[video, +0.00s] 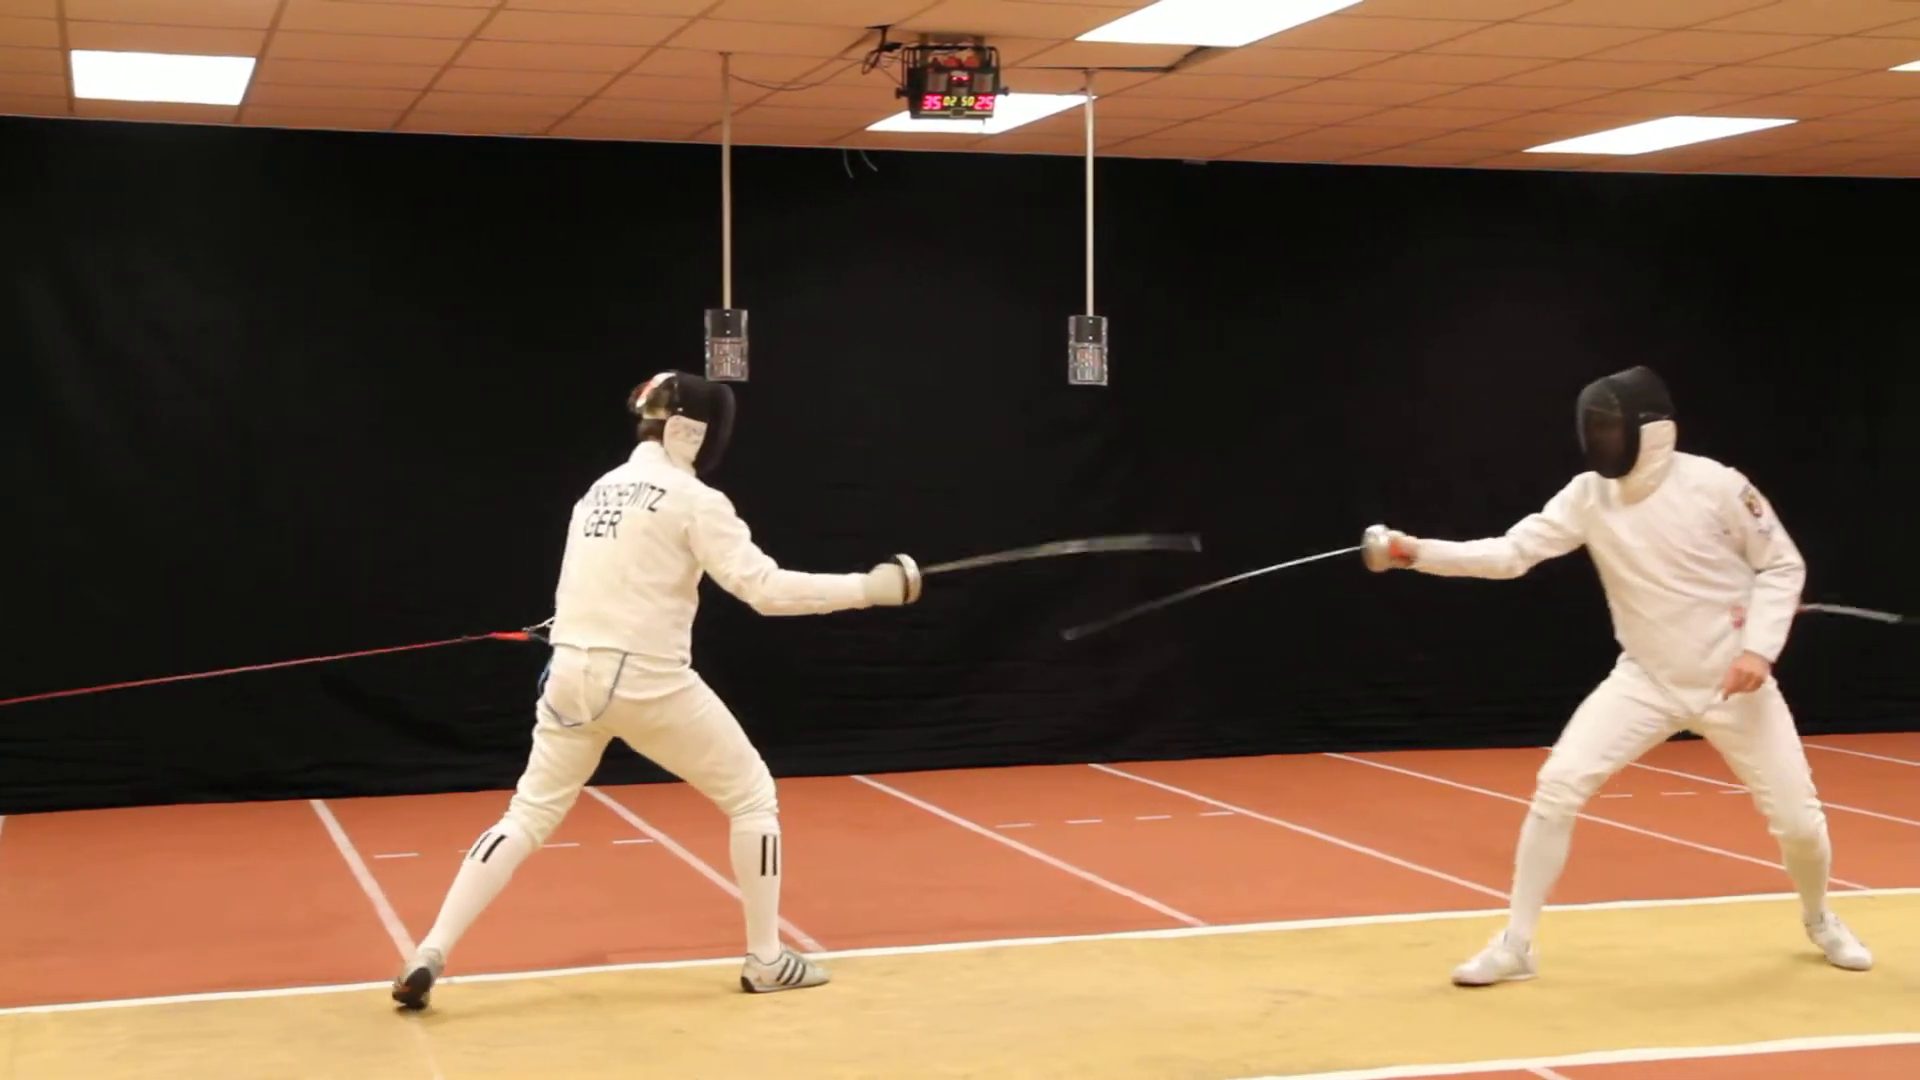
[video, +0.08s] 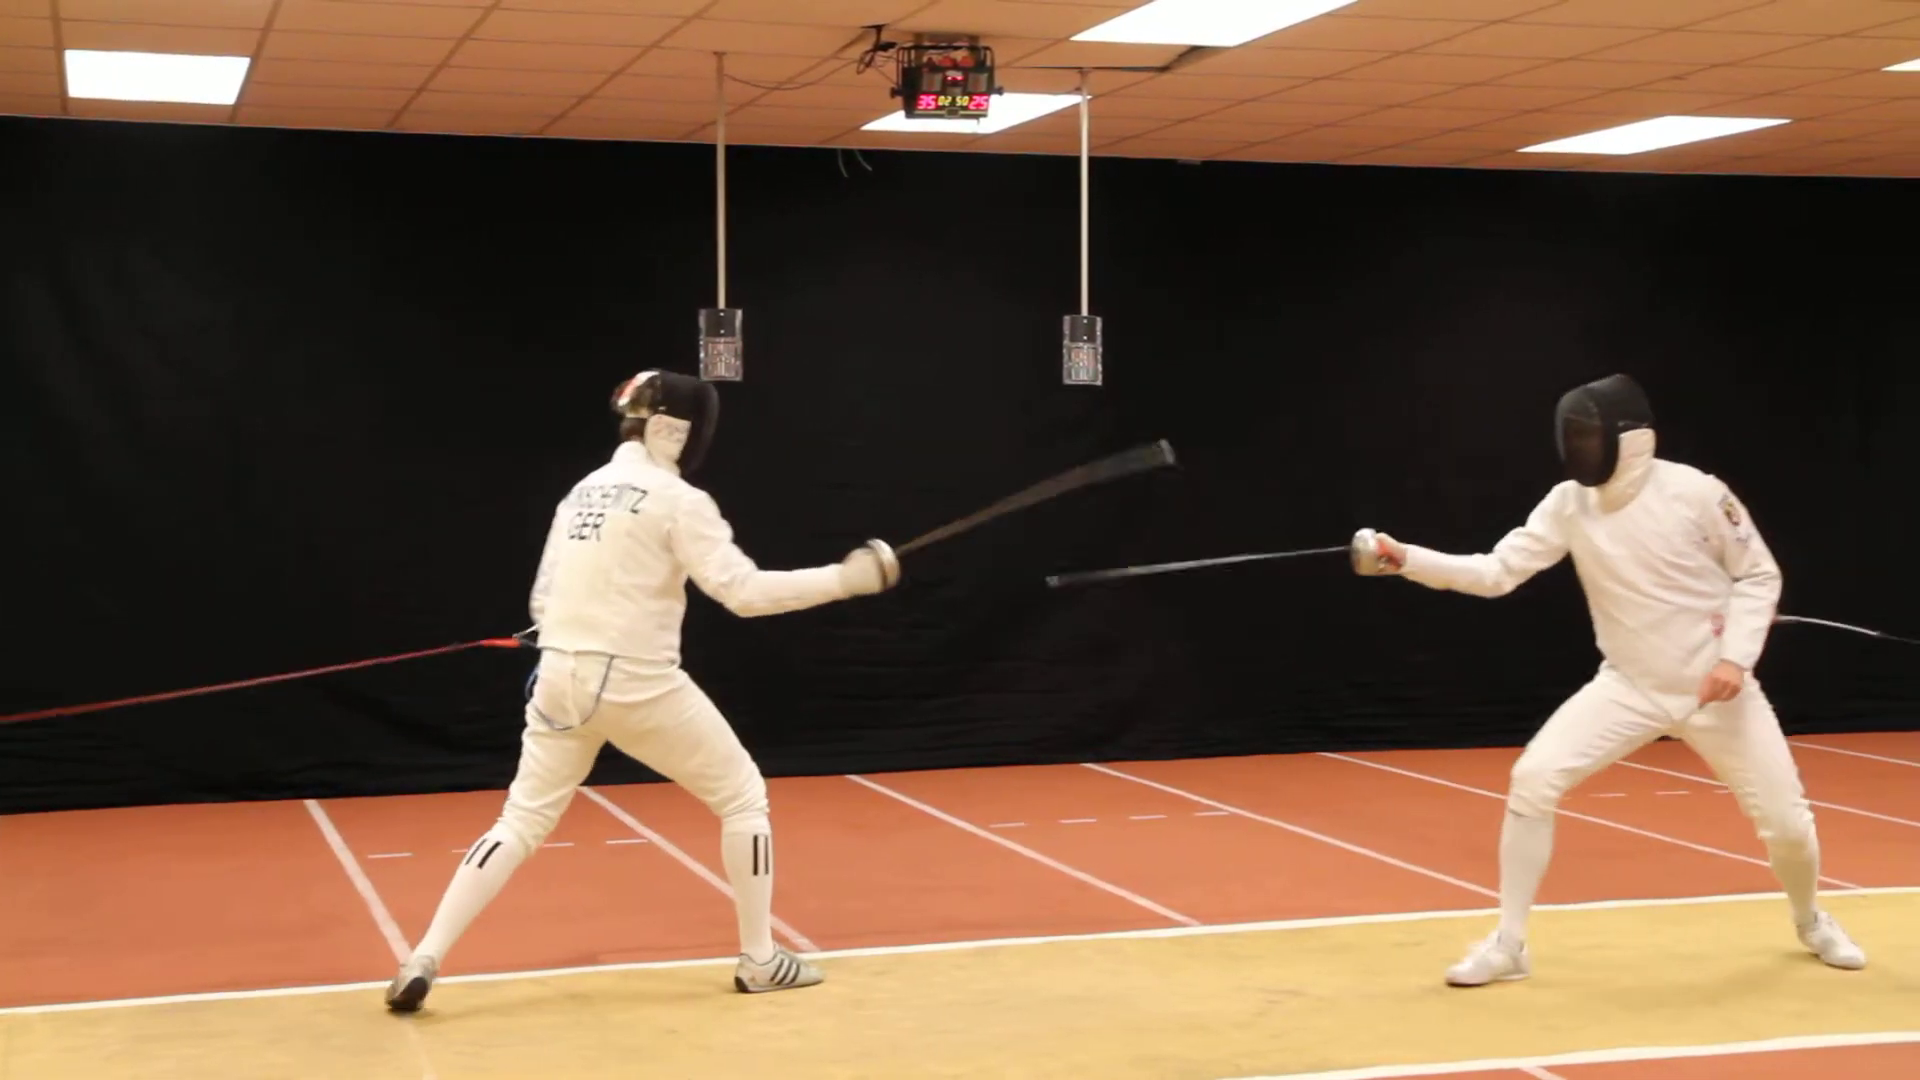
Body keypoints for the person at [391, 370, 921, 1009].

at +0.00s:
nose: (715, 440)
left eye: (710, 426)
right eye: (711, 428)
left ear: (650, 428)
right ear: (695, 435)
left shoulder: (601, 491)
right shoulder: (695, 502)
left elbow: (595, 587)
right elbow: (766, 589)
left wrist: (566, 626)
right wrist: (872, 585)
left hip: (569, 678)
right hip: (652, 682)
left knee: (526, 816)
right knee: (752, 796)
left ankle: (429, 954)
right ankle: (765, 959)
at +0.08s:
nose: (697, 438)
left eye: (694, 425)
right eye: (691, 425)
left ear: (631, 425)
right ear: (672, 430)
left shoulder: (582, 492)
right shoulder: (678, 502)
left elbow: (545, 598)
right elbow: (745, 592)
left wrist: (573, 645)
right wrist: (849, 576)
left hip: (558, 680)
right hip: (641, 683)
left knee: (518, 825)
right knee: (742, 798)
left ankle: (423, 960)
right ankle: (759, 959)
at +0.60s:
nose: (639, 453)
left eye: (636, 440)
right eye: (635, 440)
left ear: (572, 438)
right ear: (614, 444)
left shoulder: (511, 508)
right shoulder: (617, 516)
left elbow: (451, 589)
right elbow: (686, 604)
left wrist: (495, 662)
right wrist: (792, 593)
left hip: (493, 692)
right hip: (576, 693)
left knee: (455, 831)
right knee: (688, 796)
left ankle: (364, 972)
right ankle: (709, 958)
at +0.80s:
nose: (630, 484)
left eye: (624, 469)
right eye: (627, 472)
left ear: (558, 468)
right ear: (610, 478)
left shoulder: (497, 535)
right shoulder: (602, 545)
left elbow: (427, 613)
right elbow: (679, 625)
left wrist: (473, 684)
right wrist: (777, 591)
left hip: (473, 719)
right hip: (555, 721)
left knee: (424, 850)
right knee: (686, 796)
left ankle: (346, 985)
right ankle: (709, 958)